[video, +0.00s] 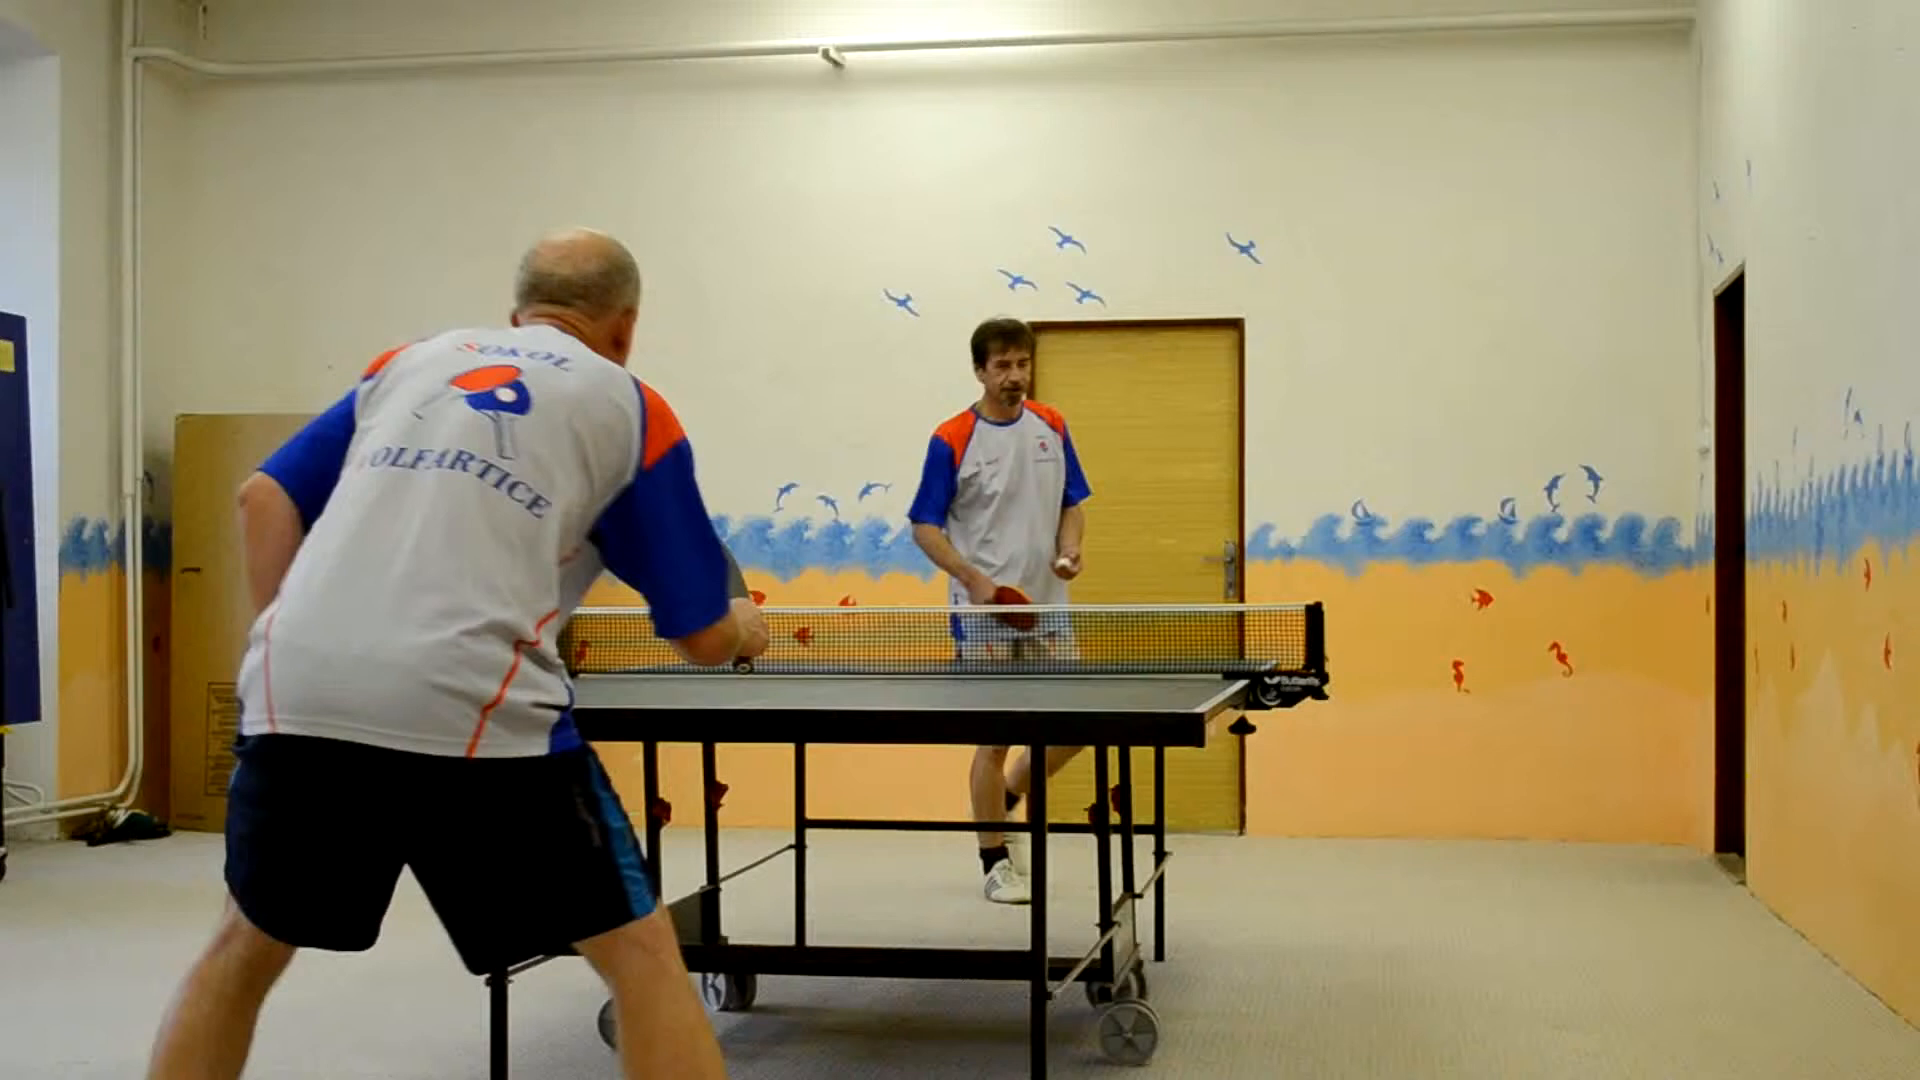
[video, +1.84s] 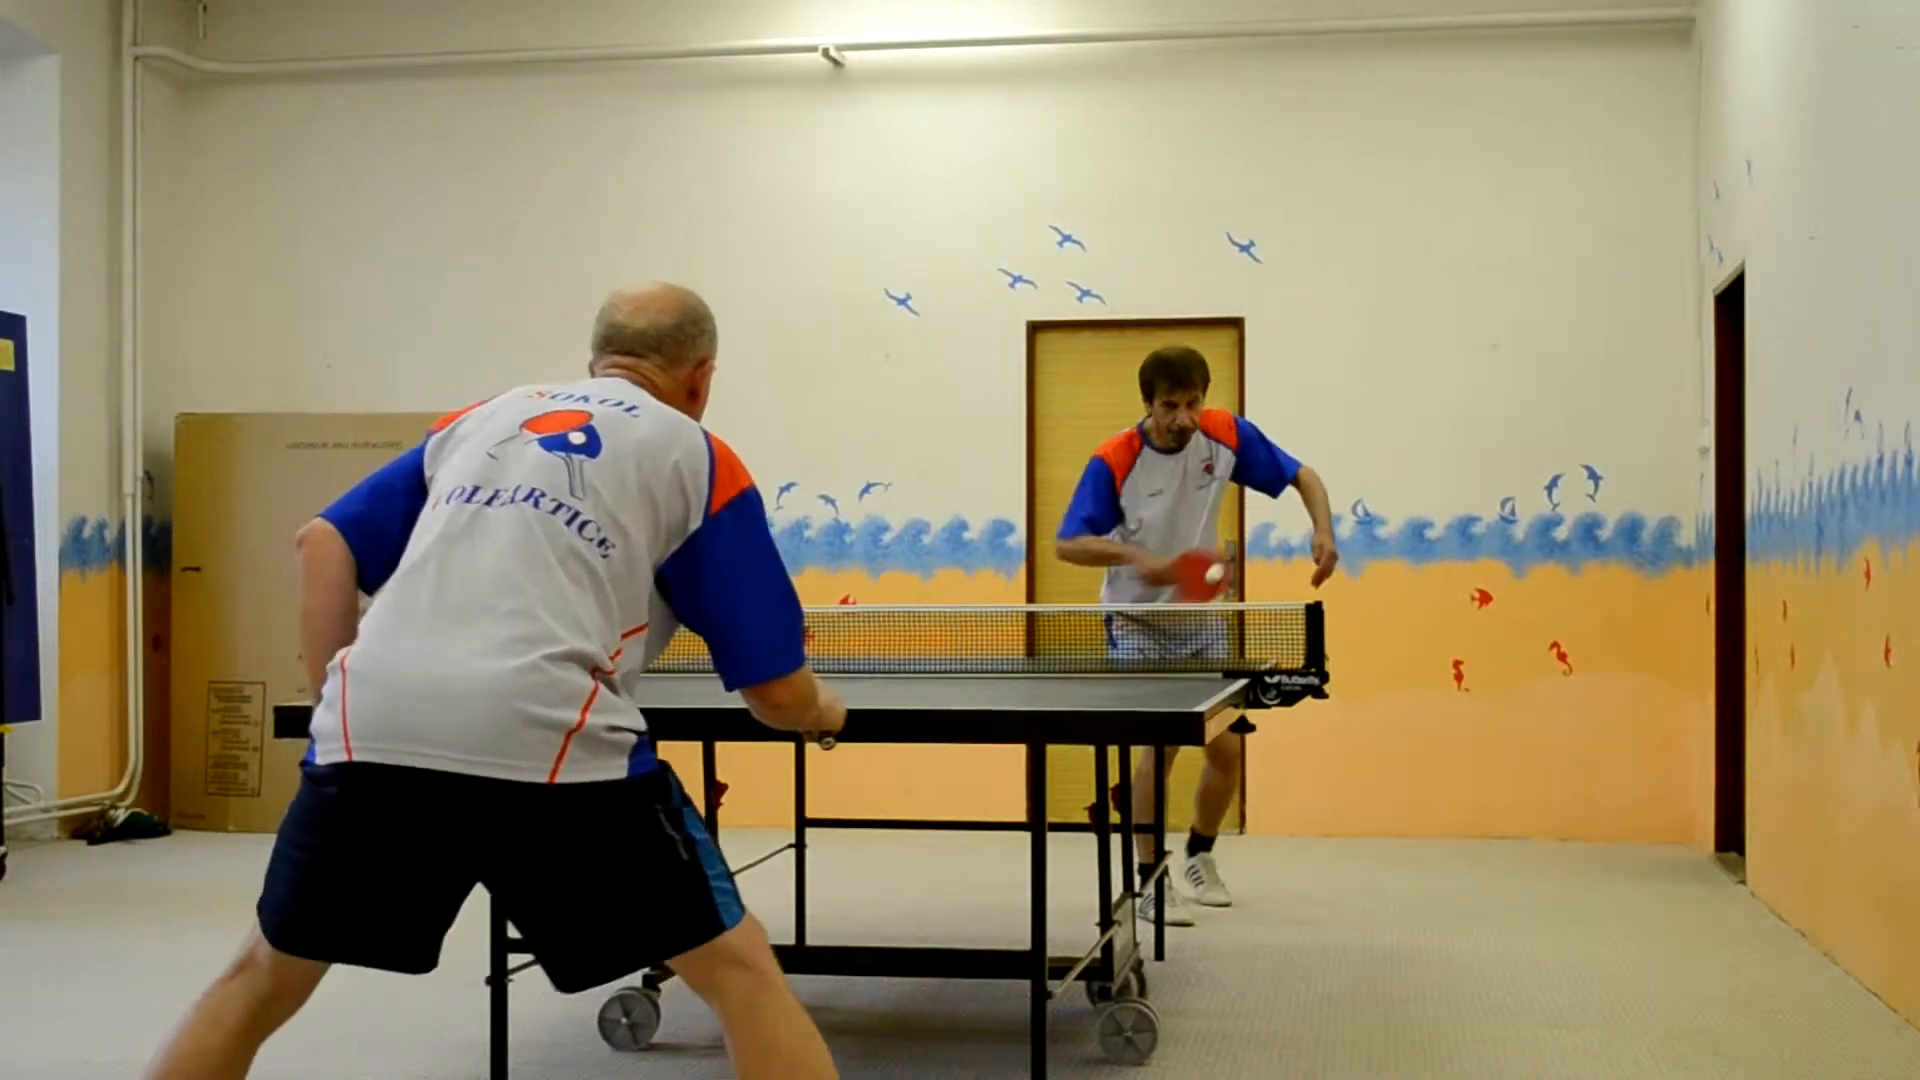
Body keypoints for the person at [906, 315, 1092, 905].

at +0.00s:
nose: (1014, 374)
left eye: (1022, 364)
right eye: (1003, 365)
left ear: (1032, 367)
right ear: (980, 370)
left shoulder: (1050, 425)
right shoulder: (952, 439)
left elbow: (1072, 503)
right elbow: (923, 527)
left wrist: (1069, 546)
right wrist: (972, 576)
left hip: (1045, 609)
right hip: (982, 612)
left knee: (1077, 724)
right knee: (996, 735)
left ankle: (996, 802)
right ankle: (995, 864)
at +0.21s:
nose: (1029, 370)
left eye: (1037, 360)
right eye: (1017, 361)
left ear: (1047, 363)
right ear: (995, 365)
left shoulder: (1063, 422)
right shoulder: (966, 433)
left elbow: (1084, 500)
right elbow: (938, 522)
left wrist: (1082, 540)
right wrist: (990, 573)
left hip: (1058, 607)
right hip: (993, 610)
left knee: (1089, 727)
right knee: (997, 735)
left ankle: (1031, 829)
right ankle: (995, 862)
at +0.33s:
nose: (1055, 372)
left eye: (1063, 361)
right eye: (1044, 362)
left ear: (1073, 362)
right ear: (1020, 365)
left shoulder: (1087, 423)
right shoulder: (988, 432)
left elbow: (1108, 501)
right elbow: (958, 523)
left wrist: (1108, 544)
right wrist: (1014, 573)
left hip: (1076, 607)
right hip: (1009, 609)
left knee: (1107, 727)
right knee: (1003, 737)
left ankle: (1113, 859)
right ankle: (997, 863)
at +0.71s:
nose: (1136, 383)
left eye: (1145, 372)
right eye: (1125, 373)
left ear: (1156, 370)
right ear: (1101, 372)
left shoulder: (1175, 429)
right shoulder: (1061, 437)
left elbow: (1202, 507)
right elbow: (1021, 523)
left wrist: (1188, 556)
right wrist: (1074, 573)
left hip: (1153, 612)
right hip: (1084, 614)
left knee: (1159, 739)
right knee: (1097, 737)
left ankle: (1139, 867)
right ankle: (1083, 864)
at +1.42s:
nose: (1184, 430)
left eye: (1194, 417)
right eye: (1171, 419)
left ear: (1206, 410)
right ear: (1149, 411)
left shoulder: (1225, 444)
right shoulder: (1114, 462)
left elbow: (1257, 528)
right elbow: (1071, 557)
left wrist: (1232, 581)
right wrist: (1134, 607)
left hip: (1196, 616)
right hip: (1130, 622)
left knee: (1242, 724)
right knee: (1149, 739)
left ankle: (1197, 853)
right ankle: (1146, 881)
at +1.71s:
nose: (1191, 427)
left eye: (1199, 415)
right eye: (1177, 417)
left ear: (1207, 405)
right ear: (1150, 409)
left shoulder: (1220, 430)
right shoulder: (1123, 462)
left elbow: (1294, 481)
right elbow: (1122, 567)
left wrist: (1291, 522)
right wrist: (1204, 544)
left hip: (1195, 609)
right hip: (1132, 617)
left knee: (1249, 715)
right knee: (1158, 740)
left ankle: (1223, 825)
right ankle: (1149, 878)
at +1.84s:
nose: (1184, 418)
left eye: (1193, 405)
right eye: (1171, 407)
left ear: (1203, 399)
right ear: (1147, 403)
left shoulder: (1224, 433)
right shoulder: (1115, 459)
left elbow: (1303, 476)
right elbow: (1069, 544)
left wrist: (1324, 532)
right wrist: (1139, 557)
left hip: (1202, 619)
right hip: (1134, 625)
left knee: (1226, 748)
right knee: (1153, 750)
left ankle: (1197, 859)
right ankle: (1147, 883)